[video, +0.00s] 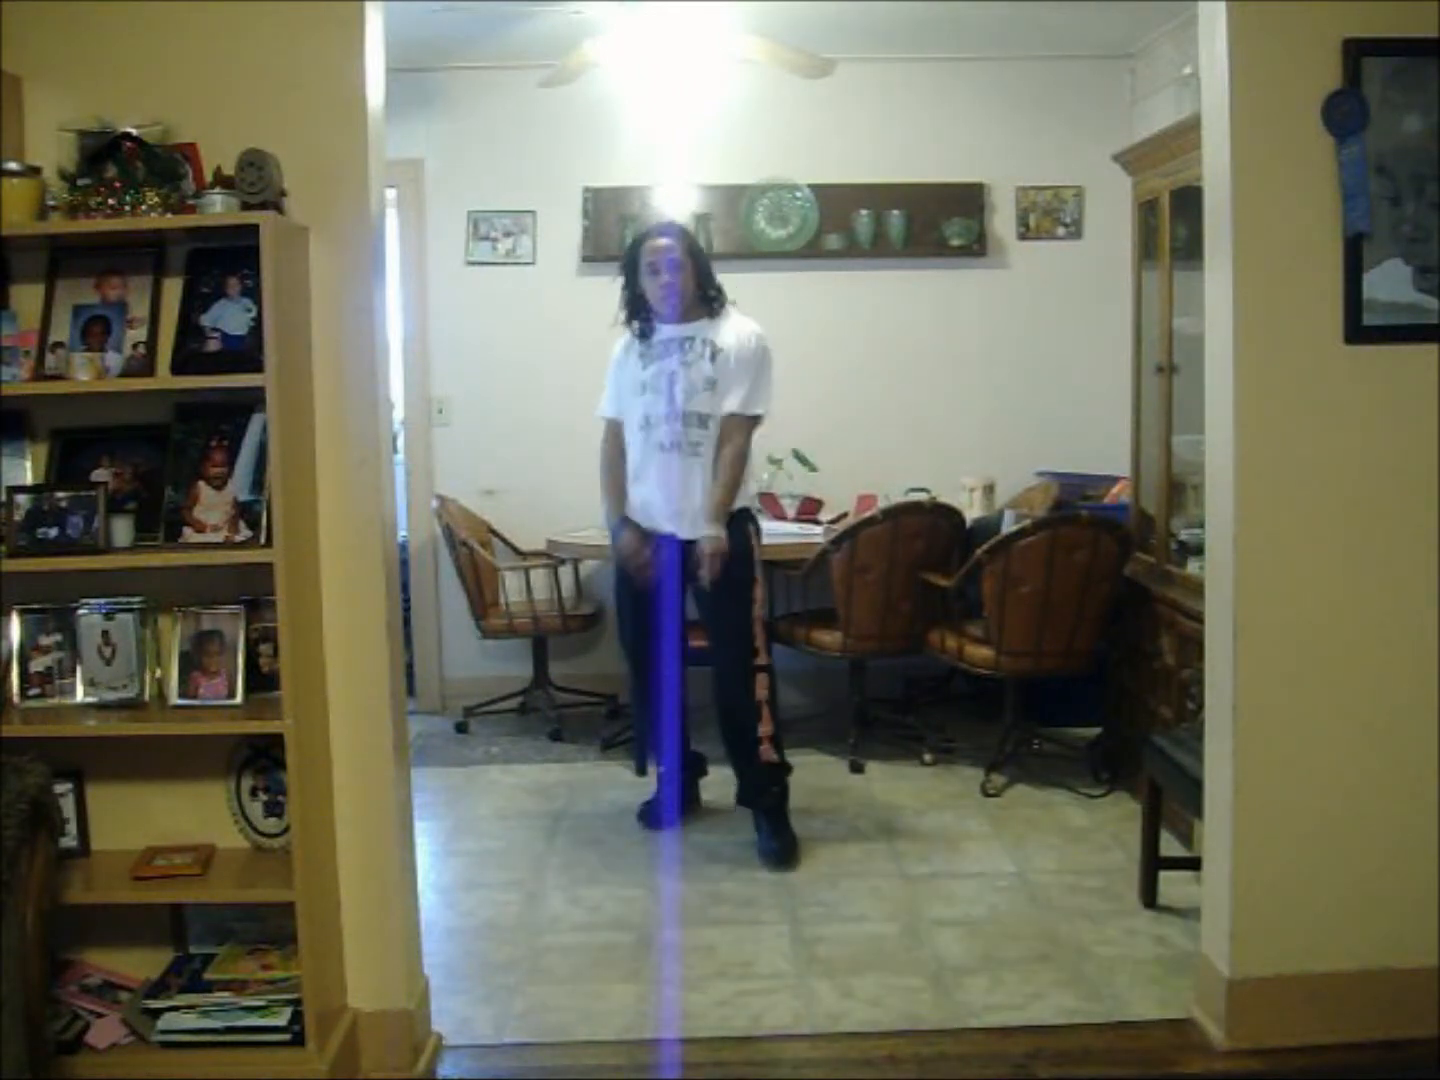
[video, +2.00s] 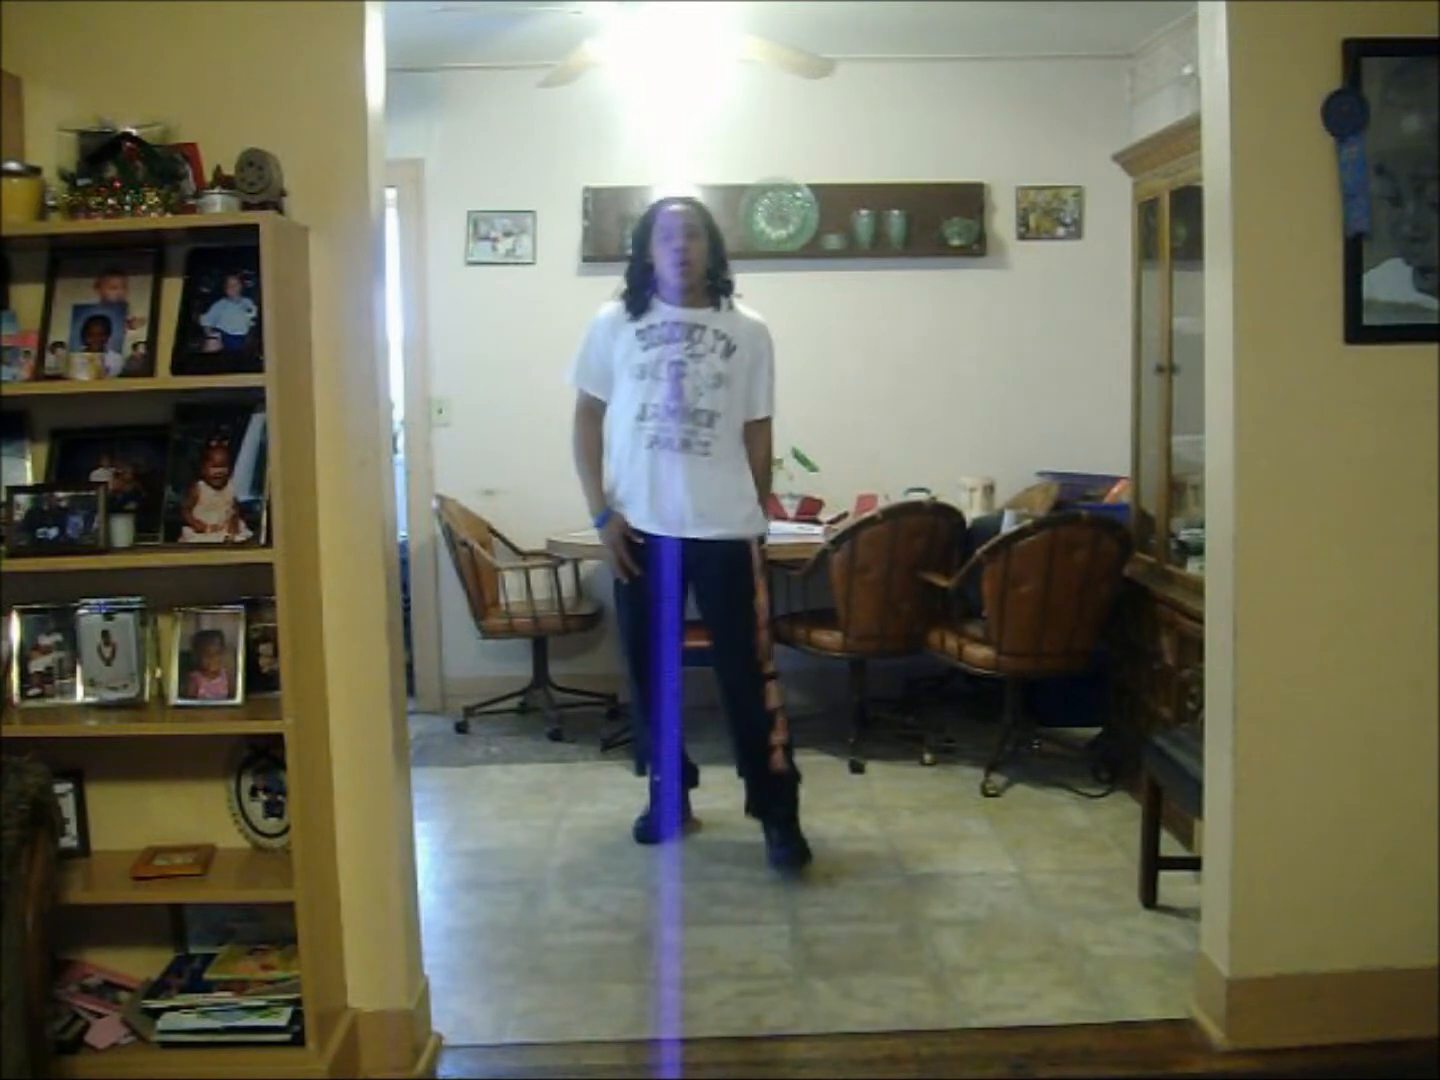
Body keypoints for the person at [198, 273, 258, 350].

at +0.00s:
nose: (233, 288)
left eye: (236, 285)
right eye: (230, 285)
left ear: (240, 287)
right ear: (226, 288)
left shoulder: (247, 303)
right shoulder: (222, 304)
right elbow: (205, 320)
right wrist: (210, 334)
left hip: (243, 338)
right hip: (225, 337)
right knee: (212, 340)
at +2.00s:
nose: (233, 289)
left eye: (236, 285)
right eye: (230, 286)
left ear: (240, 287)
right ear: (225, 288)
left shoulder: (247, 303)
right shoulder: (221, 304)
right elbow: (206, 320)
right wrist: (210, 335)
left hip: (244, 339)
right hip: (225, 338)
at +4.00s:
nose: (233, 289)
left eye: (236, 285)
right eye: (230, 286)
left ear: (240, 287)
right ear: (226, 288)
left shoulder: (247, 303)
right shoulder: (221, 304)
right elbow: (205, 320)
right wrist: (211, 335)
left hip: (244, 338)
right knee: (212, 341)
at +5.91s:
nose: (234, 289)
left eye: (236, 286)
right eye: (231, 286)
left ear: (240, 287)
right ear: (226, 289)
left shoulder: (247, 303)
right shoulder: (221, 304)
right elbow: (205, 320)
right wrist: (210, 334)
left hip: (244, 338)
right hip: (225, 338)